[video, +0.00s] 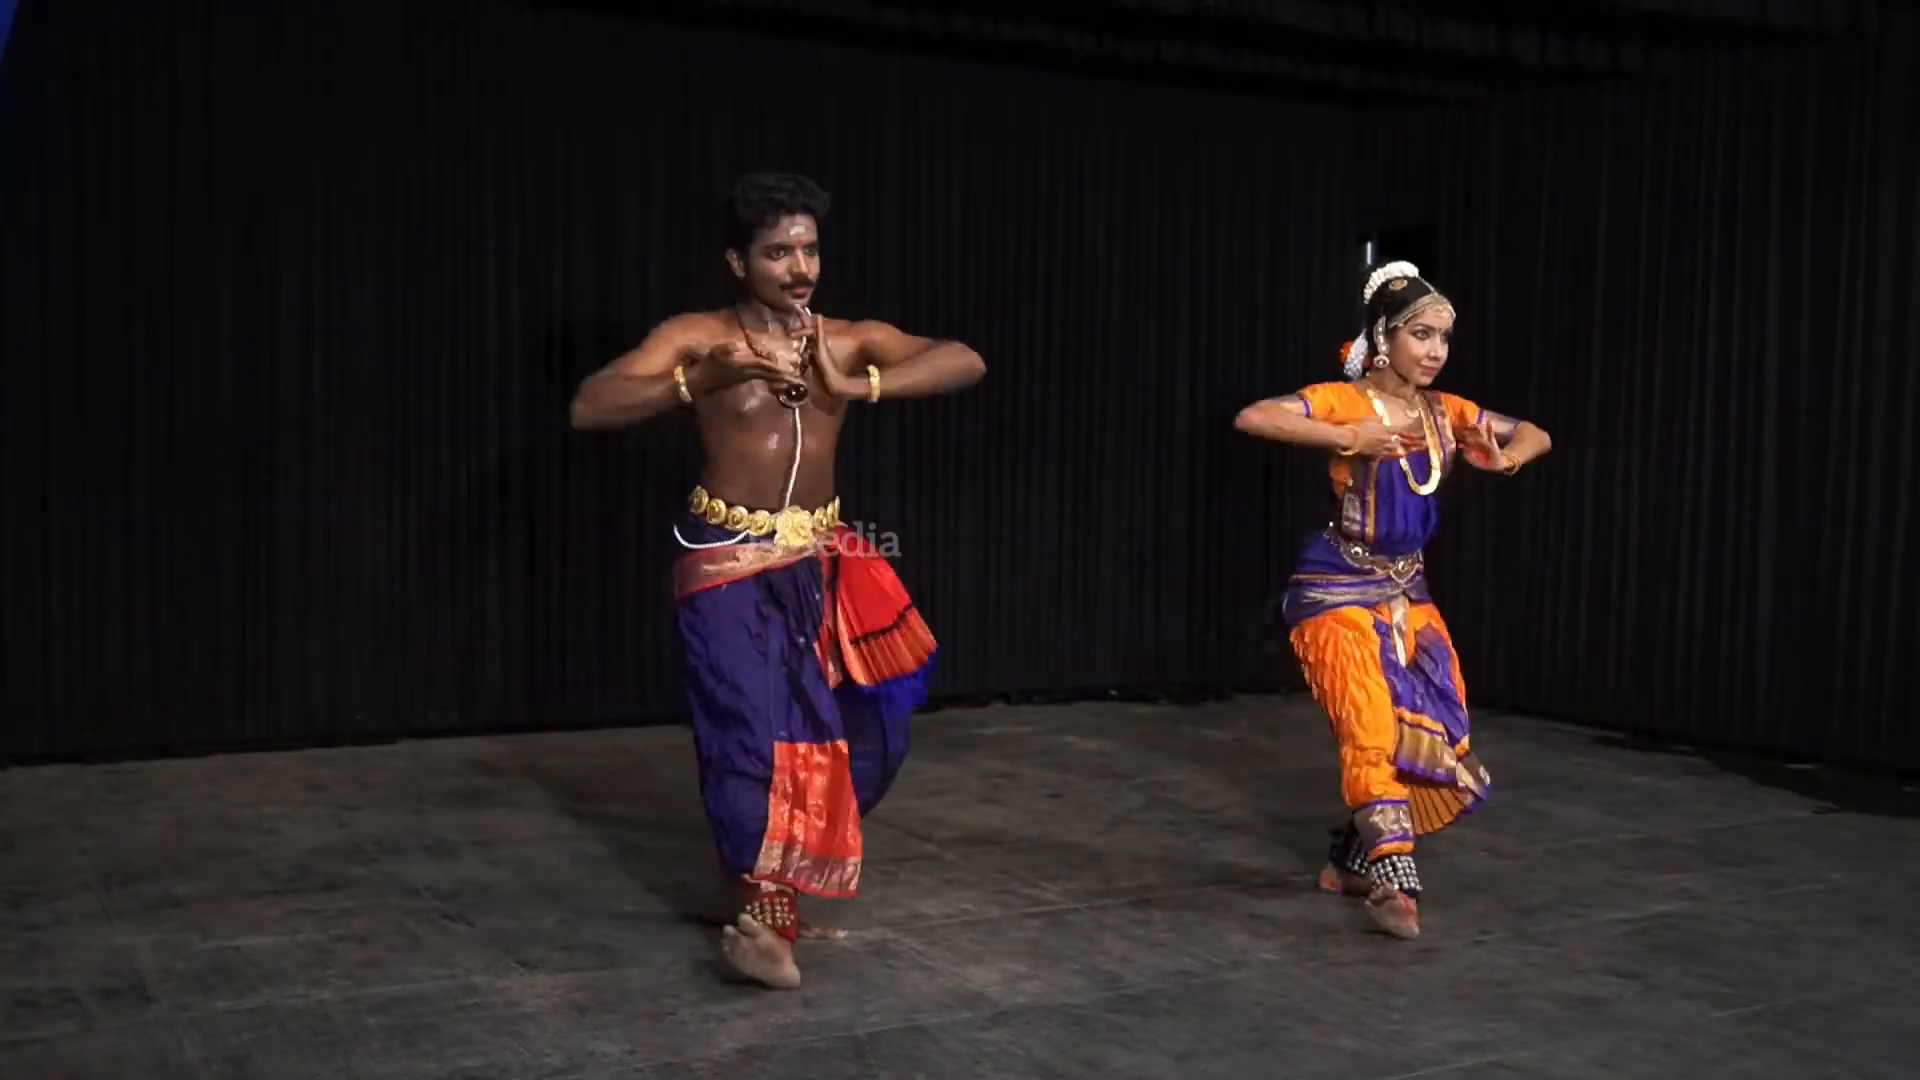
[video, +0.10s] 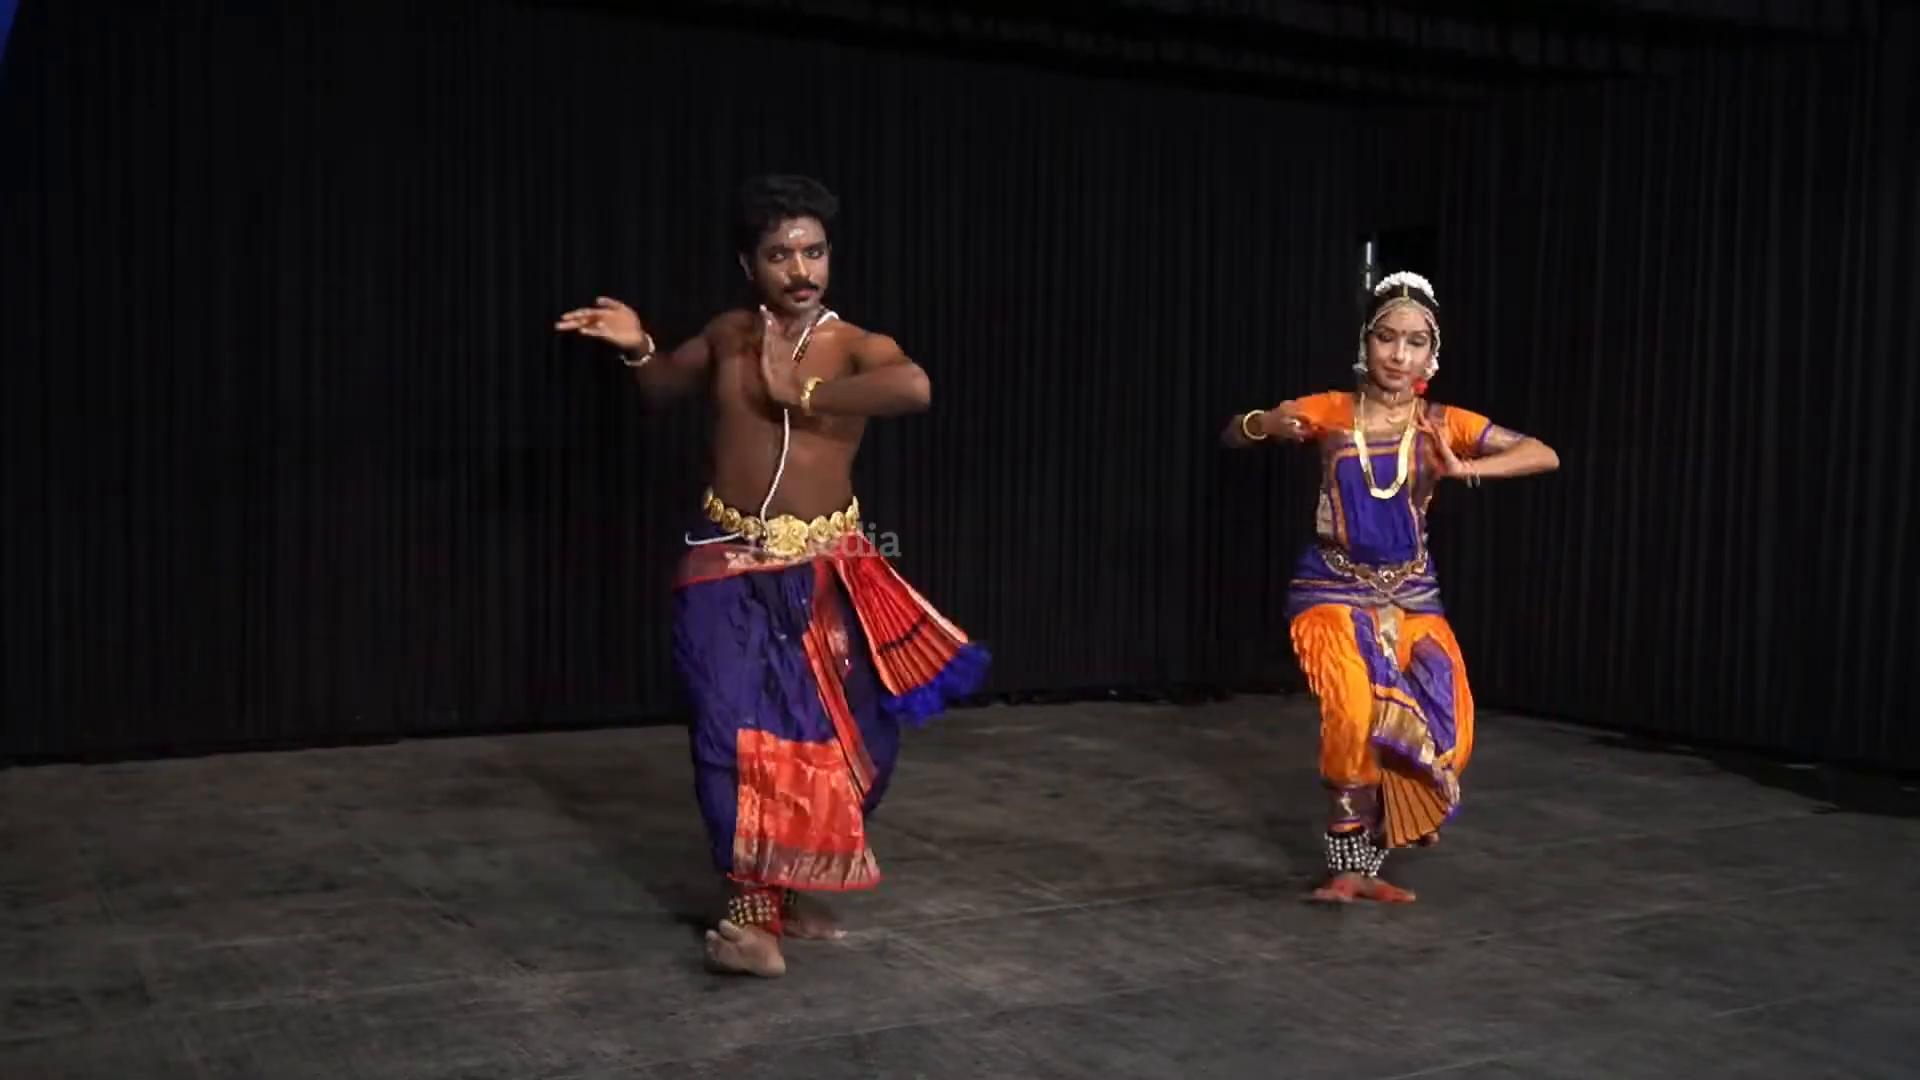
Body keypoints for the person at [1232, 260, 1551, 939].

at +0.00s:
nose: (1438, 352)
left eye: (1445, 338)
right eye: (1424, 336)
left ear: (1448, 343)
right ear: (1384, 339)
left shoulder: (1444, 409)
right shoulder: (1346, 401)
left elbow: (1535, 434)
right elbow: (1252, 418)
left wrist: (1507, 458)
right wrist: (1351, 438)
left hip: (1408, 594)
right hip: (1336, 591)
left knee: (1440, 731)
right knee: (1369, 723)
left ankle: (1353, 858)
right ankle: (1394, 880)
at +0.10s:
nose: (1401, 355)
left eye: (1418, 343)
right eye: (1389, 338)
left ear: (1433, 358)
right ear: (1366, 347)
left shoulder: (1444, 424)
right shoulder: (1329, 413)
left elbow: (1545, 454)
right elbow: (1235, 434)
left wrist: (1475, 467)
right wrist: (1264, 425)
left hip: (1412, 597)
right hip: (1333, 591)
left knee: (1446, 727)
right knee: (1352, 704)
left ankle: (1372, 865)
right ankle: (1346, 865)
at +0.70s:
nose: (1293, 316)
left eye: (1308, 305)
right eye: (1293, 303)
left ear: (1346, 315)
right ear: (1297, 308)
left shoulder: (1381, 379)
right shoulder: (1280, 374)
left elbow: (1464, 419)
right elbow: (1210, 395)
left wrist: (1390, 430)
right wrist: (1148, 393)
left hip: (1352, 543)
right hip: (1276, 541)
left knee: (1364, 672)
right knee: (1287, 673)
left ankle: (1371, 822)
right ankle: (1311, 819)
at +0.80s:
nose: (1304, 311)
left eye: (1319, 299)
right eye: (1294, 298)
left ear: (1342, 312)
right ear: (1281, 308)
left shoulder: (1365, 374)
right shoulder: (1261, 372)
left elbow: (1452, 411)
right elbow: (1201, 420)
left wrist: (1390, 422)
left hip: (1340, 539)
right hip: (1267, 537)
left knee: (1342, 665)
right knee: (1290, 663)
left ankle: (1328, 796)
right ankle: (1310, 812)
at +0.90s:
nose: (1319, 311)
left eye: (1328, 298)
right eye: (1304, 297)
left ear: (1337, 308)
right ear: (1275, 305)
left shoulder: (1349, 372)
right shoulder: (1252, 374)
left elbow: (1432, 403)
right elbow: (1259, 413)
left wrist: (1387, 417)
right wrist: (1289, 387)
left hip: (1327, 536)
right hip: (1263, 539)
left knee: (1322, 663)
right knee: (1291, 662)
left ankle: (1258, 762)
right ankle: (1310, 807)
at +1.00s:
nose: (1308, 313)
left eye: (1315, 302)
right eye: (1295, 300)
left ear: (1320, 310)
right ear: (1263, 308)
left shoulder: (1326, 373)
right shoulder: (1238, 373)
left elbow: (1406, 402)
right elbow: (1258, 411)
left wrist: (1380, 416)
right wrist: (1321, 410)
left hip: (1311, 536)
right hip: (1249, 535)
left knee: (1298, 657)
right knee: (1282, 653)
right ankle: (1305, 797)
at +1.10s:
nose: (1291, 320)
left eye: (1297, 309)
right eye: (1279, 307)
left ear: (1300, 316)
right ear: (1245, 313)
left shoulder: (1303, 376)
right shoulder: (1222, 376)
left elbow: (1386, 408)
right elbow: (1255, 419)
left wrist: (1362, 416)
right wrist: (1337, 417)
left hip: (1285, 542)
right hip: (1229, 544)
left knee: (1285, 670)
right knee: (1267, 672)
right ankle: (1298, 800)